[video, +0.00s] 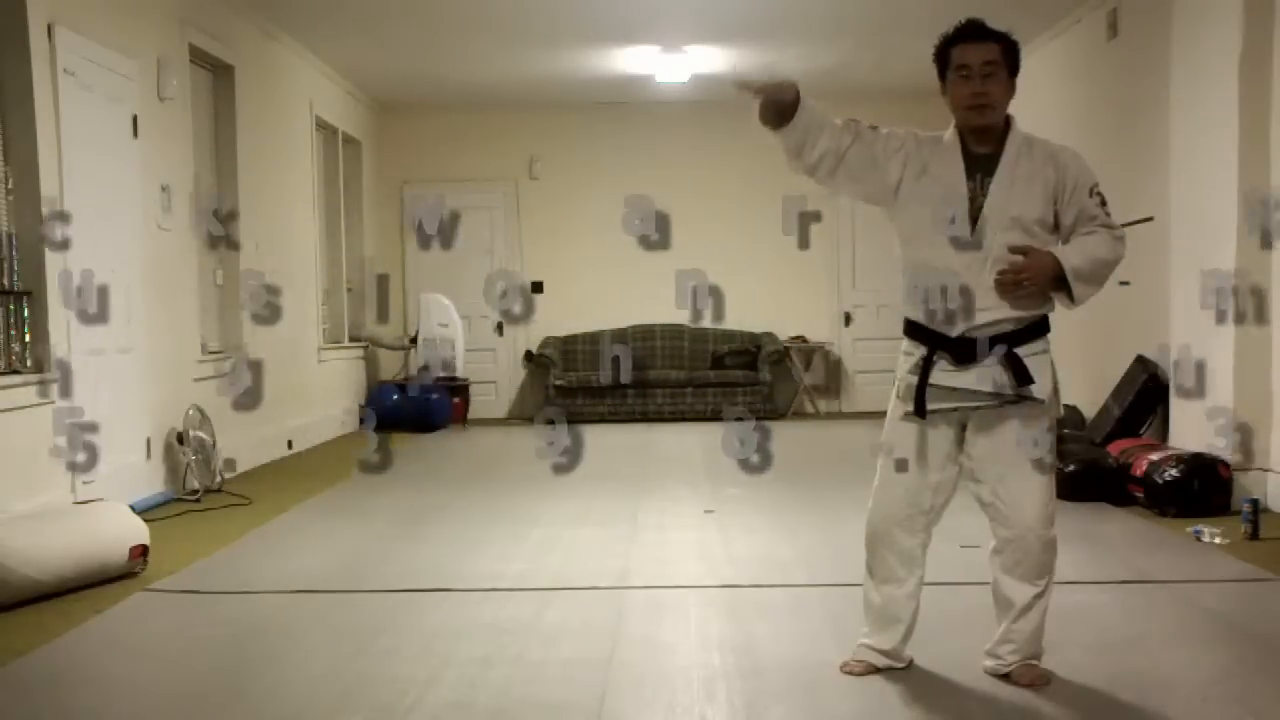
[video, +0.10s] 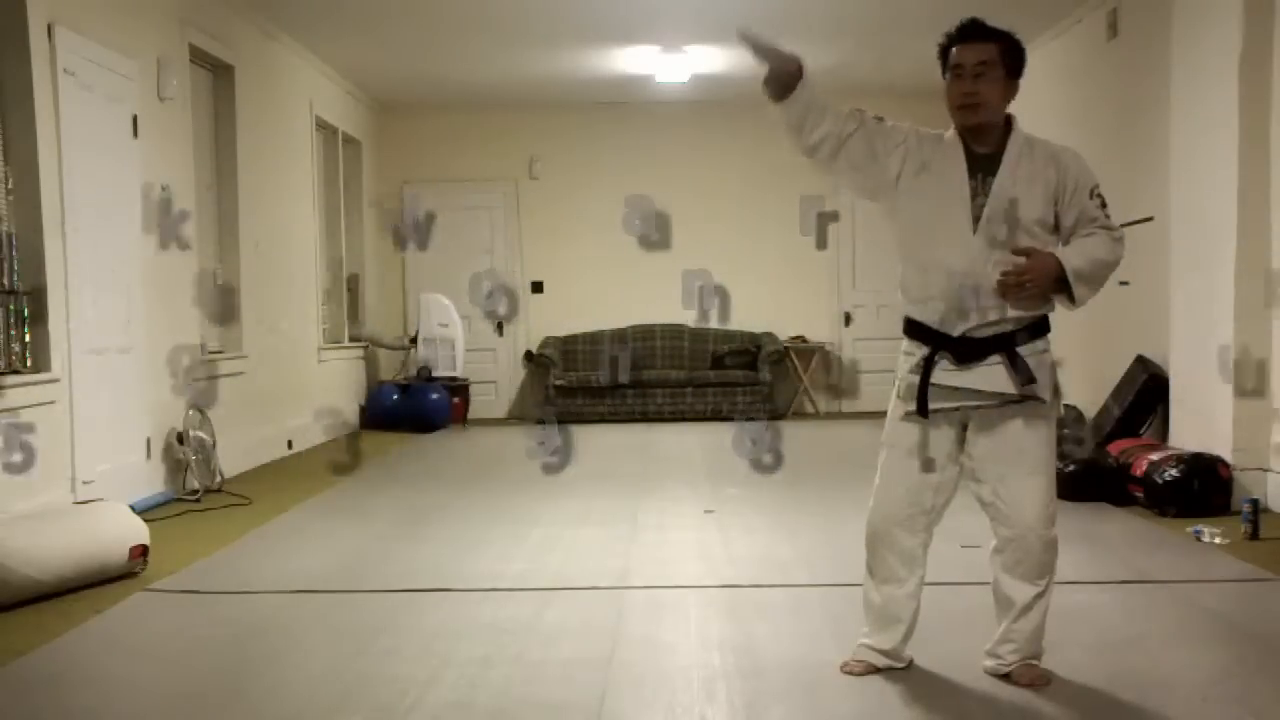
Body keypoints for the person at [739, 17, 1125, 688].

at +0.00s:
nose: (976, 84)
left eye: (990, 72)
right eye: (962, 73)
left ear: (1012, 83)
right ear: (942, 87)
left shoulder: (1058, 168)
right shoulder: (912, 157)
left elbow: (1104, 241)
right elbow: (837, 148)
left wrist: (1061, 264)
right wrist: (786, 107)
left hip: (1019, 370)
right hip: (929, 369)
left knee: (1029, 526)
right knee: (895, 516)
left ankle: (1015, 653)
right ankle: (882, 642)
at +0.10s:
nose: (966, 84)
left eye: (982, 71)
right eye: (955, 72)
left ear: (1013, 85)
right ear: (942, 85)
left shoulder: (1058, 168)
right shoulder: (910, 156)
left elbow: (1103, 242)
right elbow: (835, 136)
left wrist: (1063, 266)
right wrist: (791, 85)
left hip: (1018, 369)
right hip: (928, 367)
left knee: (1029, 526)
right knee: (895, 518)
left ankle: (1015, 653)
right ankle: (883, 642)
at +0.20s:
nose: (964, 86)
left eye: (981, 73)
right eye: (956, 73)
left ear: (1014, 87)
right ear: (943, 83)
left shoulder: (1058, 168)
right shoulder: (910, 156)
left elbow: (1103, 243)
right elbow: (839, 120)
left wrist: (1062, 269)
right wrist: (793, 50)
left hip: (1017, 370)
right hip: (927, 369)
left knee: (1028, 527)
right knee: (893, 517)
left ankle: (1017, 653)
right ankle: (882, 641)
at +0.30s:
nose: (965, 86)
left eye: (982, 73)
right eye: (958, 73)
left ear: (1016, 88)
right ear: (947, 83)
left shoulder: (1061, 169)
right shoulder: (913, 153)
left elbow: (1106, 247)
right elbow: (843, 116)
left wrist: (1064, 270)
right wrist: (804, 46)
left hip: (1016, 370)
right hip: (927, 369)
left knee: (1028, 527)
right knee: (892, 518)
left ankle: (1016, 653)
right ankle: (882, 642)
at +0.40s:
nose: (967, 87)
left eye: (984, 73)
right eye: (960, 74)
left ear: (1020, 89)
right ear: (950, 84)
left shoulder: (1063, 171)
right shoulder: (915, 154)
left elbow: (1107, 249)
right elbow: (850, 118)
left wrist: (1064, 273)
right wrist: (818, 54)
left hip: (1016, 370)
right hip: (927, 367)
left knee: (1027, 527)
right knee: (892, 518)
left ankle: (1016, 653)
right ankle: (882, 642)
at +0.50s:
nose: (968, 87)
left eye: (987, 74)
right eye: (962, 74)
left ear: (1021, 88)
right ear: (953, 83)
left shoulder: (1064, 171)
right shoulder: (918, 154)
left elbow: (1110, 251)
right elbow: (861, 120)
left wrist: (1063, 271)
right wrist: (841, 66)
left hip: (1018, 365)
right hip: (927, 362)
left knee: (1029, 526)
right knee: (893, 515)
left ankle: (1015, 654)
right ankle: (882, 641)